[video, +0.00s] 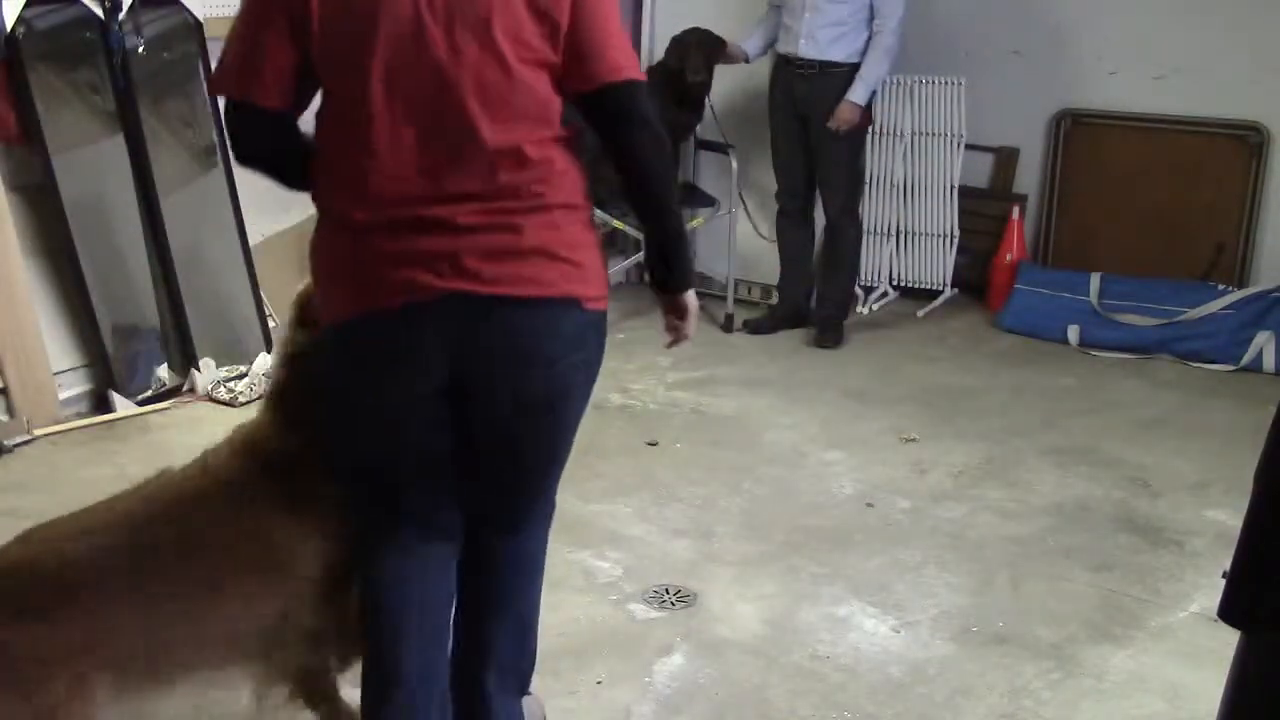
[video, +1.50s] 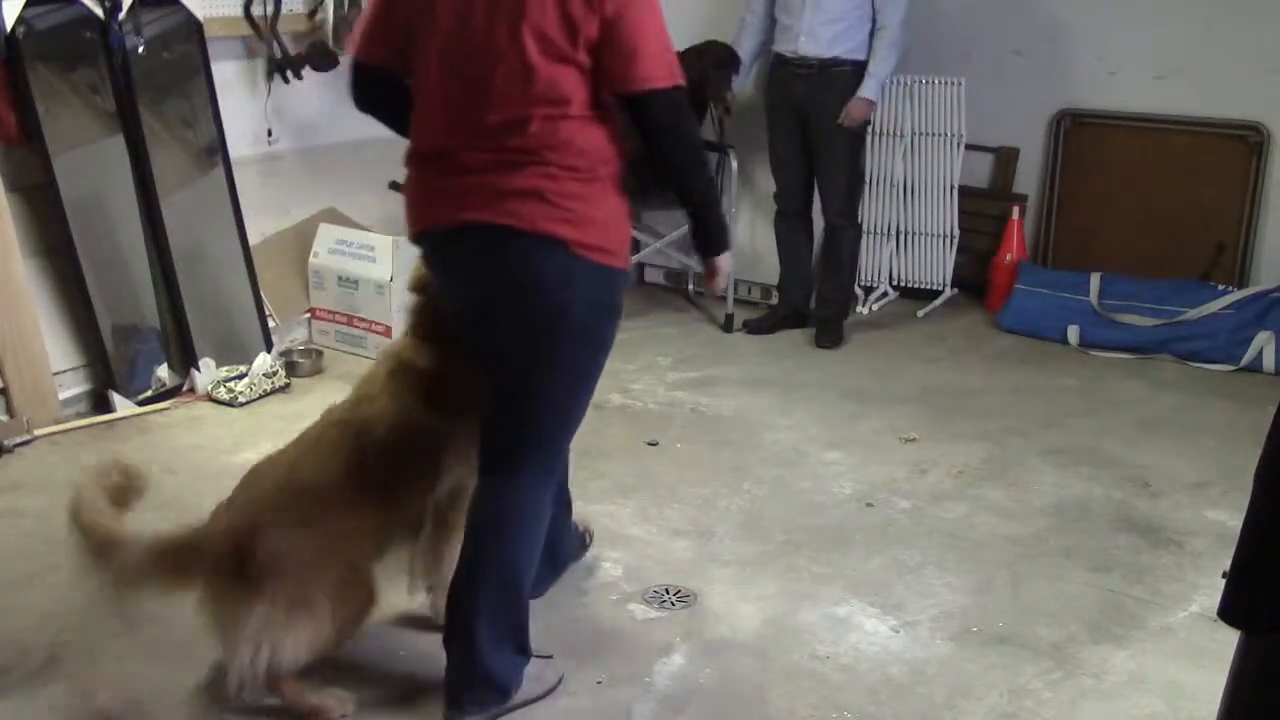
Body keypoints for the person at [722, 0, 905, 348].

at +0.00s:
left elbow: (888, 29)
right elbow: (778, 14)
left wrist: (856, 98)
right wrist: (744, 49)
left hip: (840, 83)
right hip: (786, 77)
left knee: (840, 209)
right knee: (791, 203)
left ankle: (831, 315)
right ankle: (792, 306)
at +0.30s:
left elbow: (885, 30)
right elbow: (765, 8)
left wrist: (834, 85)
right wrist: (761, 65)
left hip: (845, 81)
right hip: (787, 76)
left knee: (838, 207)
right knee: (791, 203)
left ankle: (831, 314)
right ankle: (792, 306)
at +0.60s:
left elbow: (888, 21)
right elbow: (762, 10)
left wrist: (827, 66)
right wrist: (767, 71)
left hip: (844, 80)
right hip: (787, 77)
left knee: (839, 207)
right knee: (791, 203)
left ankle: (831, 313)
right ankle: (792, 306)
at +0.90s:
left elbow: (891, 24)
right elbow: (760, 11)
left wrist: (886, 100)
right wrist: (758, 78)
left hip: (844, 80)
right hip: (787, 76)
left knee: (839, 209)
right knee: (790, 204)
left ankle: (831, 313)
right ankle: (792, 305)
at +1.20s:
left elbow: (900, 22)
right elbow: (758, 14)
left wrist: (903, 99)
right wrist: (744, 79)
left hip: (842, 81)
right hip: (785, 78)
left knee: (839, 209)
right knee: (790, 204)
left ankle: (831, 315)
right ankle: (792, 306)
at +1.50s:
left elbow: (892, 23)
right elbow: (758, 13)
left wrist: (868, 93)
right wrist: (732, 79)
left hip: (841, 80)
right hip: (784, 77)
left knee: (838, 210)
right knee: (790, 204)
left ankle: (831, 315)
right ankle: (792, 306)